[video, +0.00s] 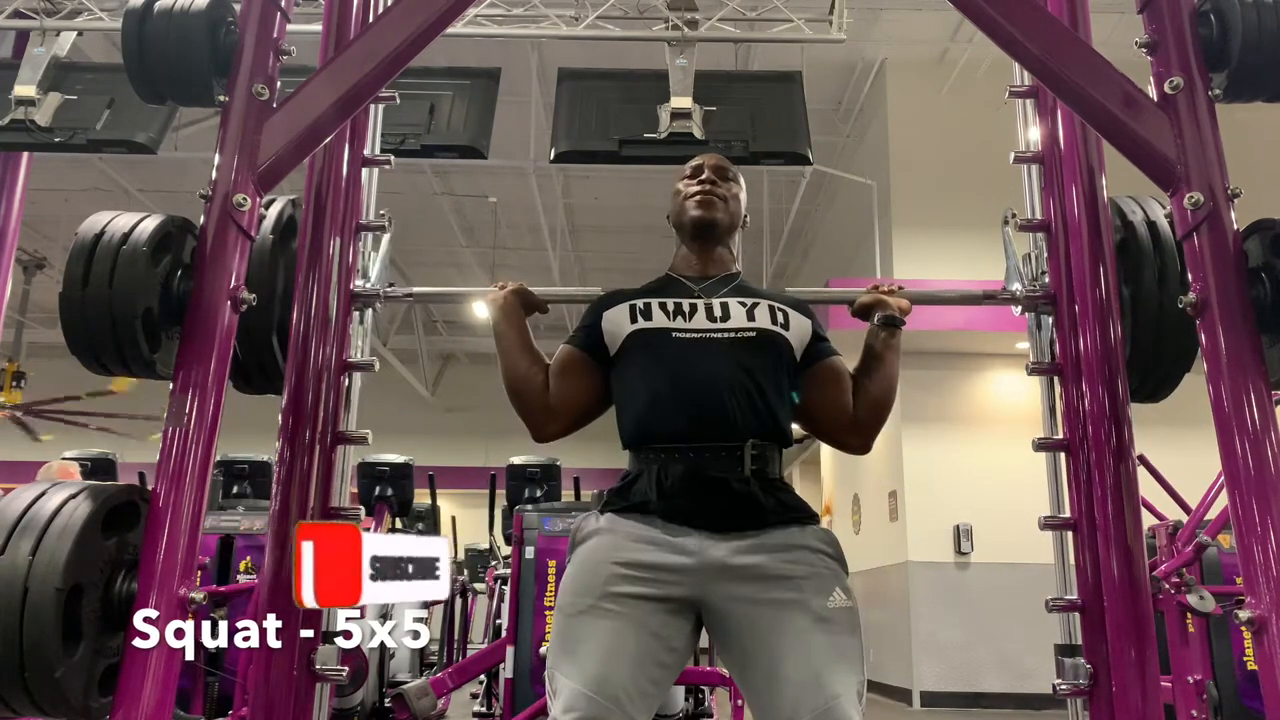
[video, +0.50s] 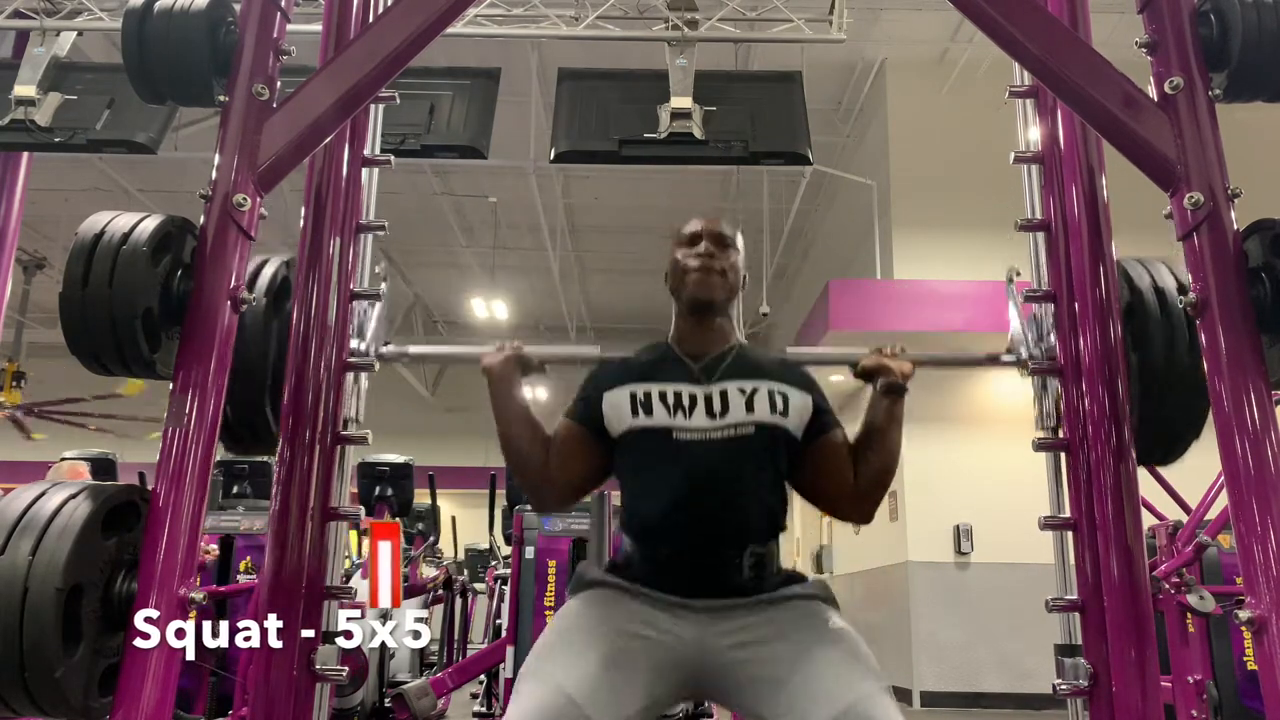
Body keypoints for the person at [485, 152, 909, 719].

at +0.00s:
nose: (707, 182)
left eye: (724, 178)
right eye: (692, 176)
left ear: (744, 214)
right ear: (669, 212)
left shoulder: (789, 318)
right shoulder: (617, 311)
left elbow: (856, 430)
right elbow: (547, 416)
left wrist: (886, 331)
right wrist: (507, 313)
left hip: (774, 538)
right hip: (637, 532)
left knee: (821, 710)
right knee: (588, 707)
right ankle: (674, 706)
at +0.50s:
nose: (707, 252)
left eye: (722, 246)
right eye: (691, 243)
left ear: (741, 279)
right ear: (667, 274)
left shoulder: (787, 383)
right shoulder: (615, 382)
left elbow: (856, 501)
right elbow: (549, 488)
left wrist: (889, 397)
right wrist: (504, 386)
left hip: (767, 615)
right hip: (632, 611)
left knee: (871, 713)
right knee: (532, 712)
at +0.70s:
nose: (703, 345)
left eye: (718, 334)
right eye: (689, 333)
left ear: (742, 354)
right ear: (668, 355)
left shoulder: (788, 463)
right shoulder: (615, 462)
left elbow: (858, 587)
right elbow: (548, 570)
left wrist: (893, 474)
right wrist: (501, 462)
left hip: (768, 677)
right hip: (635, 673)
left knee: (883, 717)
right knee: (518, 716)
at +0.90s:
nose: (699, 429)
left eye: (716, 414)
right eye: (685, 413)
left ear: (742, 425)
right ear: (664, 423)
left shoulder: (789, 531)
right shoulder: (612, 523)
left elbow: (859, 651)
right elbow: (542, 639)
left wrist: (895, 539)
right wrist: (498, 524)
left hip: (758, 707)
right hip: (639, 707)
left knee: (872, 719)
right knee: (519, 716)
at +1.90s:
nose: (698, 353)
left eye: (715, 340)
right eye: (684, 339)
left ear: (741, 355)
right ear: (664, 352)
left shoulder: (787, 457)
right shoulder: (613, 452)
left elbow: (858, 575)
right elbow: (545, 561)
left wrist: (892, 464)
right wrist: (502, 456)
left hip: (768, 666)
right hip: (633, 663)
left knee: (885, 716)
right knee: (520, 714)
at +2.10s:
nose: (698, 304)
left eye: (714, 291)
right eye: (684, 291)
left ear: (739, 308)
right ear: (666, 306)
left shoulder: (782, 408)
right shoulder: (617, 407)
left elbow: (855, 524)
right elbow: (548, 513)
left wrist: (889, 418)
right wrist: (502, 405)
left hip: (764, 628)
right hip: (633, 625)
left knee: (879, 717)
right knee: (526, 715)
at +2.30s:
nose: (702, 226)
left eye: (717, 215)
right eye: (688, 214)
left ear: (741, 235)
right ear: (667, 232)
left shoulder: (786, 336)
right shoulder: (619, 334)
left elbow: (855, 447)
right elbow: (549, 438)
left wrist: (886, 343)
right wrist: (508, 337)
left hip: (771, 565)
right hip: (637, 561)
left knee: (840, 709)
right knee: (567, 708)